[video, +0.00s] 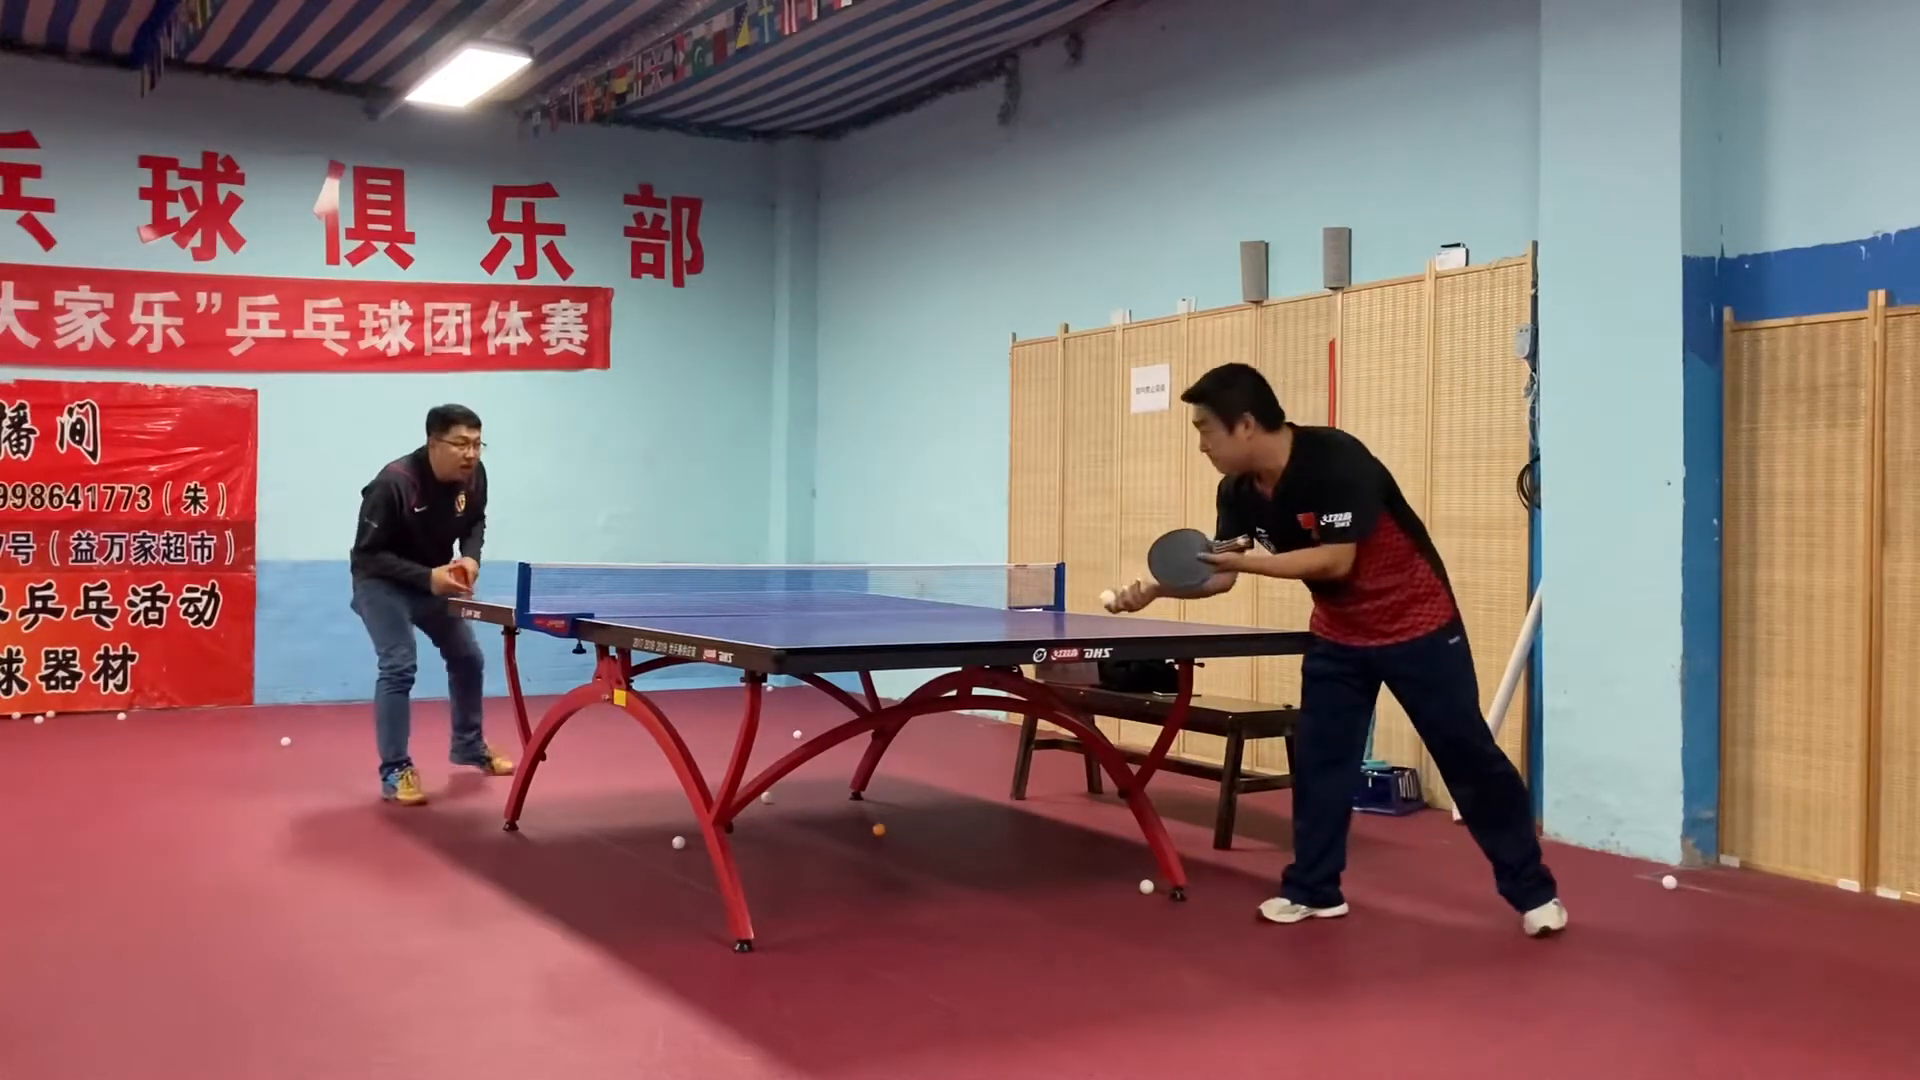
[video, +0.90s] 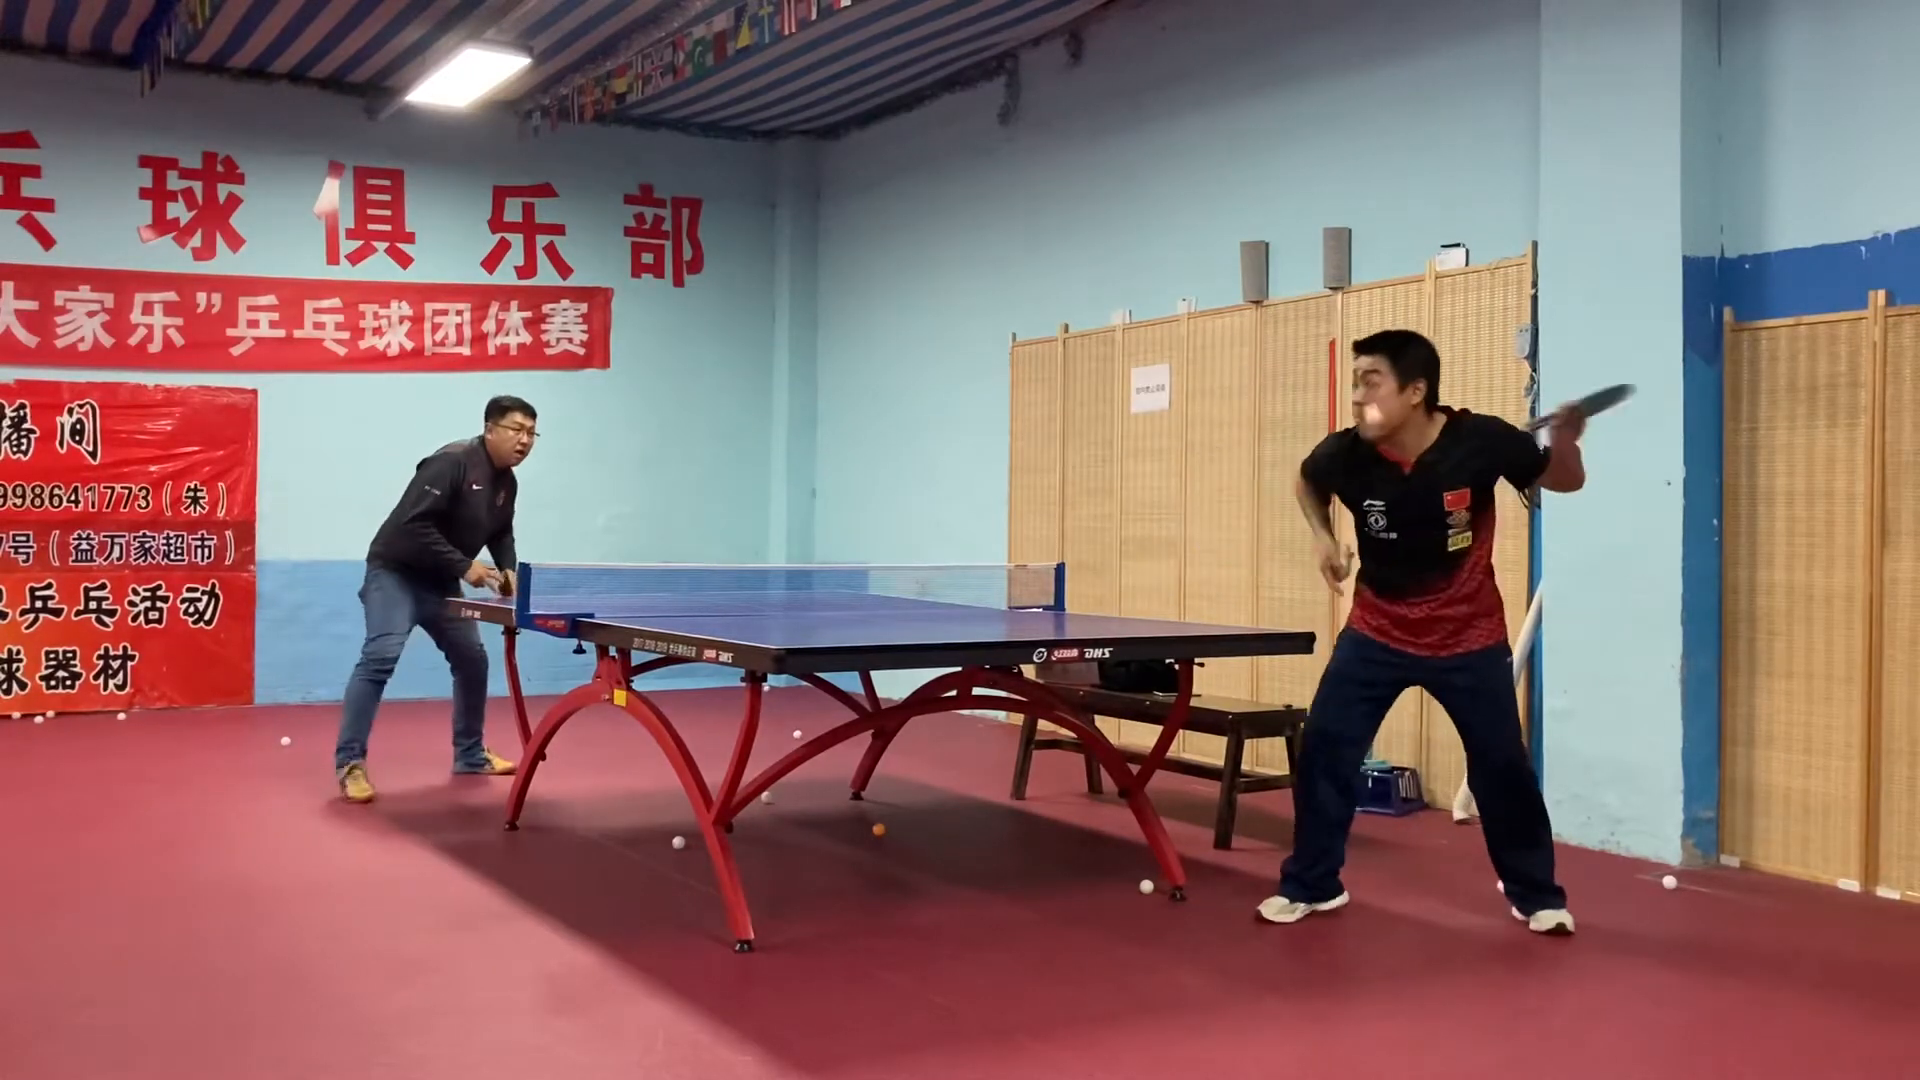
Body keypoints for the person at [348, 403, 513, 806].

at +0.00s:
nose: (470, 454)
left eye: (476, 444)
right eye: (461, 444)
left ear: (480, 444)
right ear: (432, 443)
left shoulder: (473, 475)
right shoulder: (393, 483)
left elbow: (475, 523)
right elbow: (367, 556)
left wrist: (470, 558)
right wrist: (427, 577)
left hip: (432, 582)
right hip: (381, 582)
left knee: (468, 658)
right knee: (399, 665)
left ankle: (468, 746)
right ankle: (395, 770)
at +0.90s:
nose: (524, 440)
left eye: (530, 433)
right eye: (516, 430)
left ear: (534, 439)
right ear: (490, 429)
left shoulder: (507, 484)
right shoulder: (451, 463)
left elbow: (501, 533)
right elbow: (412, 527)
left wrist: (508, 570)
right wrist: (463, 565)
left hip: (440, 581)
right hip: (393, 573)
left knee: (472, 658)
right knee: (382, 655)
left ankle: (469, 756)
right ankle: (350, 763)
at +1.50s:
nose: (487, 430)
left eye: (493, 423)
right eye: (478, 420)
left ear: (496, 425)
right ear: (450, 417)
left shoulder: (489, 464)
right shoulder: (398, 453)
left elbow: (507, 515)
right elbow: (363, 517)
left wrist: (536, 538)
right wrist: (404, 554)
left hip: (457, 594)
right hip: (394, 595)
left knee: (513, 659)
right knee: (358, 676)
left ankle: (534, 766)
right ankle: (307, 775)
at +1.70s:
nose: (534, 454)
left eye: (542, 446)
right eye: (526, 443)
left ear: (549, 446)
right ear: (500, 437)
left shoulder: (546, 486)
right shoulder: (456, 459)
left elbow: (561, 541)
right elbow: (410, 501)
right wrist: (409, 546)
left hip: (505, 609)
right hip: (441, 601)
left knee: (541, 667)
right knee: (381, 679)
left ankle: (556, 780)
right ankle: (325, 776)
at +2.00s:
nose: (538, 438)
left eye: (547, 430)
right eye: (529, 428)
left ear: (555, 431)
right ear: (506, 425)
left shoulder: (561, 480)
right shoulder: (471, 453)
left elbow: (569, 546)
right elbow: (439, 499)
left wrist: (552, 598)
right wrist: (425, 548)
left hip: (527, 602)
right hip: (462, 593)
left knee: (545, 668)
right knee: (405, 676)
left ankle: (557, 779)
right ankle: (382, 766)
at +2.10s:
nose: (525, 428)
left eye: (532, 419)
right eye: (515, 418)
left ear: (540, 422)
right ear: (491, 418)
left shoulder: (549, 470)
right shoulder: (454, 452)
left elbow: (564, 539)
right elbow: (414, 502)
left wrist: (547, 594)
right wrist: (411, 549)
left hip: (521, 597)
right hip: (457, 592)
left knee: (550, 671)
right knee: (411, 680)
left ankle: (563, 777)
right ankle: (401, 766)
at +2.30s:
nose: (516, 428)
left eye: (524, 420)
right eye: (506, 418)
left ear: (531, 424)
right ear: (484, 418)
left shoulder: (540, 470)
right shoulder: (446, 461)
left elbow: (576, 532)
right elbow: (409, 514)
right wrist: (401, 557)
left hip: (522, 601)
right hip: (456, 599)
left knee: (576, 668)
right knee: (410, 681)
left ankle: (598, 759)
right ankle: (399, 766)